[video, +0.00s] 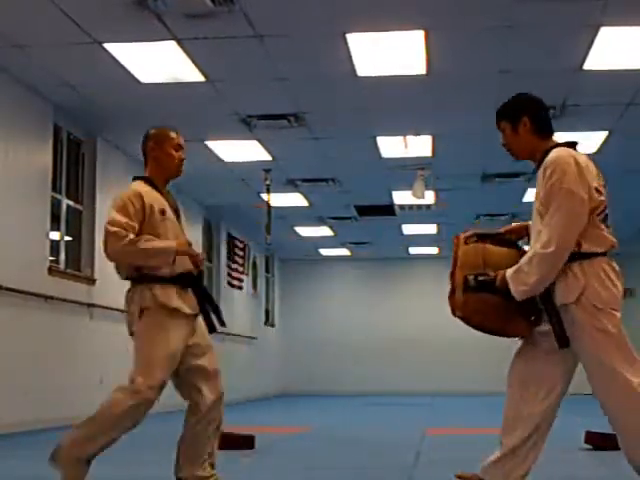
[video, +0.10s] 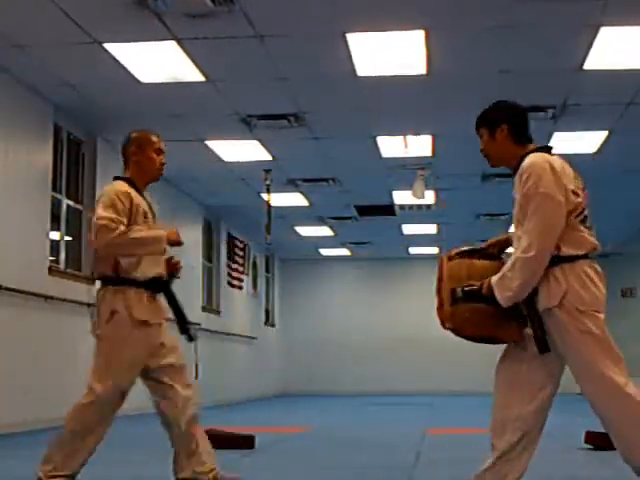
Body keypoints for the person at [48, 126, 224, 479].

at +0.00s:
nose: (183, 155)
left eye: (183, 150)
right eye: (176, 148)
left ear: (165, 153)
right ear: (152, 151)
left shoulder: (168, 203)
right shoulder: (135, 194)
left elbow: (163, 255)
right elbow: (116, 246)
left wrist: (190, 261)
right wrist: (180, 251)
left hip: (186, 304)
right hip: (157, 302)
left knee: (208, 396)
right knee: (143, 392)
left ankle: (194, 472)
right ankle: (71, 454)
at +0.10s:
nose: (163, 160)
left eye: (163, 154)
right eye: (157, 152)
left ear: (139, 157)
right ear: (133, 155)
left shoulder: (142, 204)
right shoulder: (117, 192)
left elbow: (130, 264)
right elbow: (104, 240)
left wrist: (163, 269)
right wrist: (162, 239)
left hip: (150, 304)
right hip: (123, 304)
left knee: (179, 396)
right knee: (104, 396)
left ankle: (198, 471)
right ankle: (56, 471)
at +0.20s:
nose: (141, 155)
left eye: (141, 149)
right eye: (135, 147)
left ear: (116, 153)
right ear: (112, 151)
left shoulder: (113, 195)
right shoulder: (97, 184)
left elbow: (103, 257)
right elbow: (96, 222)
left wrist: (137, 264)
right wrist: (153, 223)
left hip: (112, 296)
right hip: (93, 295)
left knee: (130, 384)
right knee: (75, 386)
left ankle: (163, 462)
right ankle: (55, 469)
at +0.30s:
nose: (115, 151)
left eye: (115, 145)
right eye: (110, 143)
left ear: (95, 148)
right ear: (87, 145)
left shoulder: (85, 189)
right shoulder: (70, 183)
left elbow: (83, 261)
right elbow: (109, 213)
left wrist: (119, 270)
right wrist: (162, 225)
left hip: (87, 294)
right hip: (66, 293)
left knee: (94, 383)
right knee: (63, 384)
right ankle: (53, 470)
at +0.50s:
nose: (74, 152)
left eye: (74, 146)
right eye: (69, 144)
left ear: (49, 148)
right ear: (47, 146)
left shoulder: (29, 184)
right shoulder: (37, 185)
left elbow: (46, 240)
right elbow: (57, 241)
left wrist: (82, 242)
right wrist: (112, 247)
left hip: (17, 291)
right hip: (23, 293)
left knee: (32, 387)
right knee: (39, 387)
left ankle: (45, 468)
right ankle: (48, 470)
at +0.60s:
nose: (57, 163)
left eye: (57, 156)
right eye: (52, 155)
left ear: (31, 158)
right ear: (30, 156)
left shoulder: (15, 193)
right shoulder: (20, 196)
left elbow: (20, 260)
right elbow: (23, 262)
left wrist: (56, 271)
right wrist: (68, 280)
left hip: (10, 302)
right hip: (7, 304)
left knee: (33, 379)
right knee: (42, 375)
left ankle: (40, 465)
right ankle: (44, 467)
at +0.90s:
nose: (47, 146)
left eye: (46, 140)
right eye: (41, 139)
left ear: (19, 143)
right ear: (19, 140)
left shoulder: (12, 174)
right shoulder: (17, 176)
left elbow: (14, 233)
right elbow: (11, 230)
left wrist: (48, 252)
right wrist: (50, 250)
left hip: (10, 281)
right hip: (6, 282)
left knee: (14, 367)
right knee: (14, 368)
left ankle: (9, 460)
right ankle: (7, 461)